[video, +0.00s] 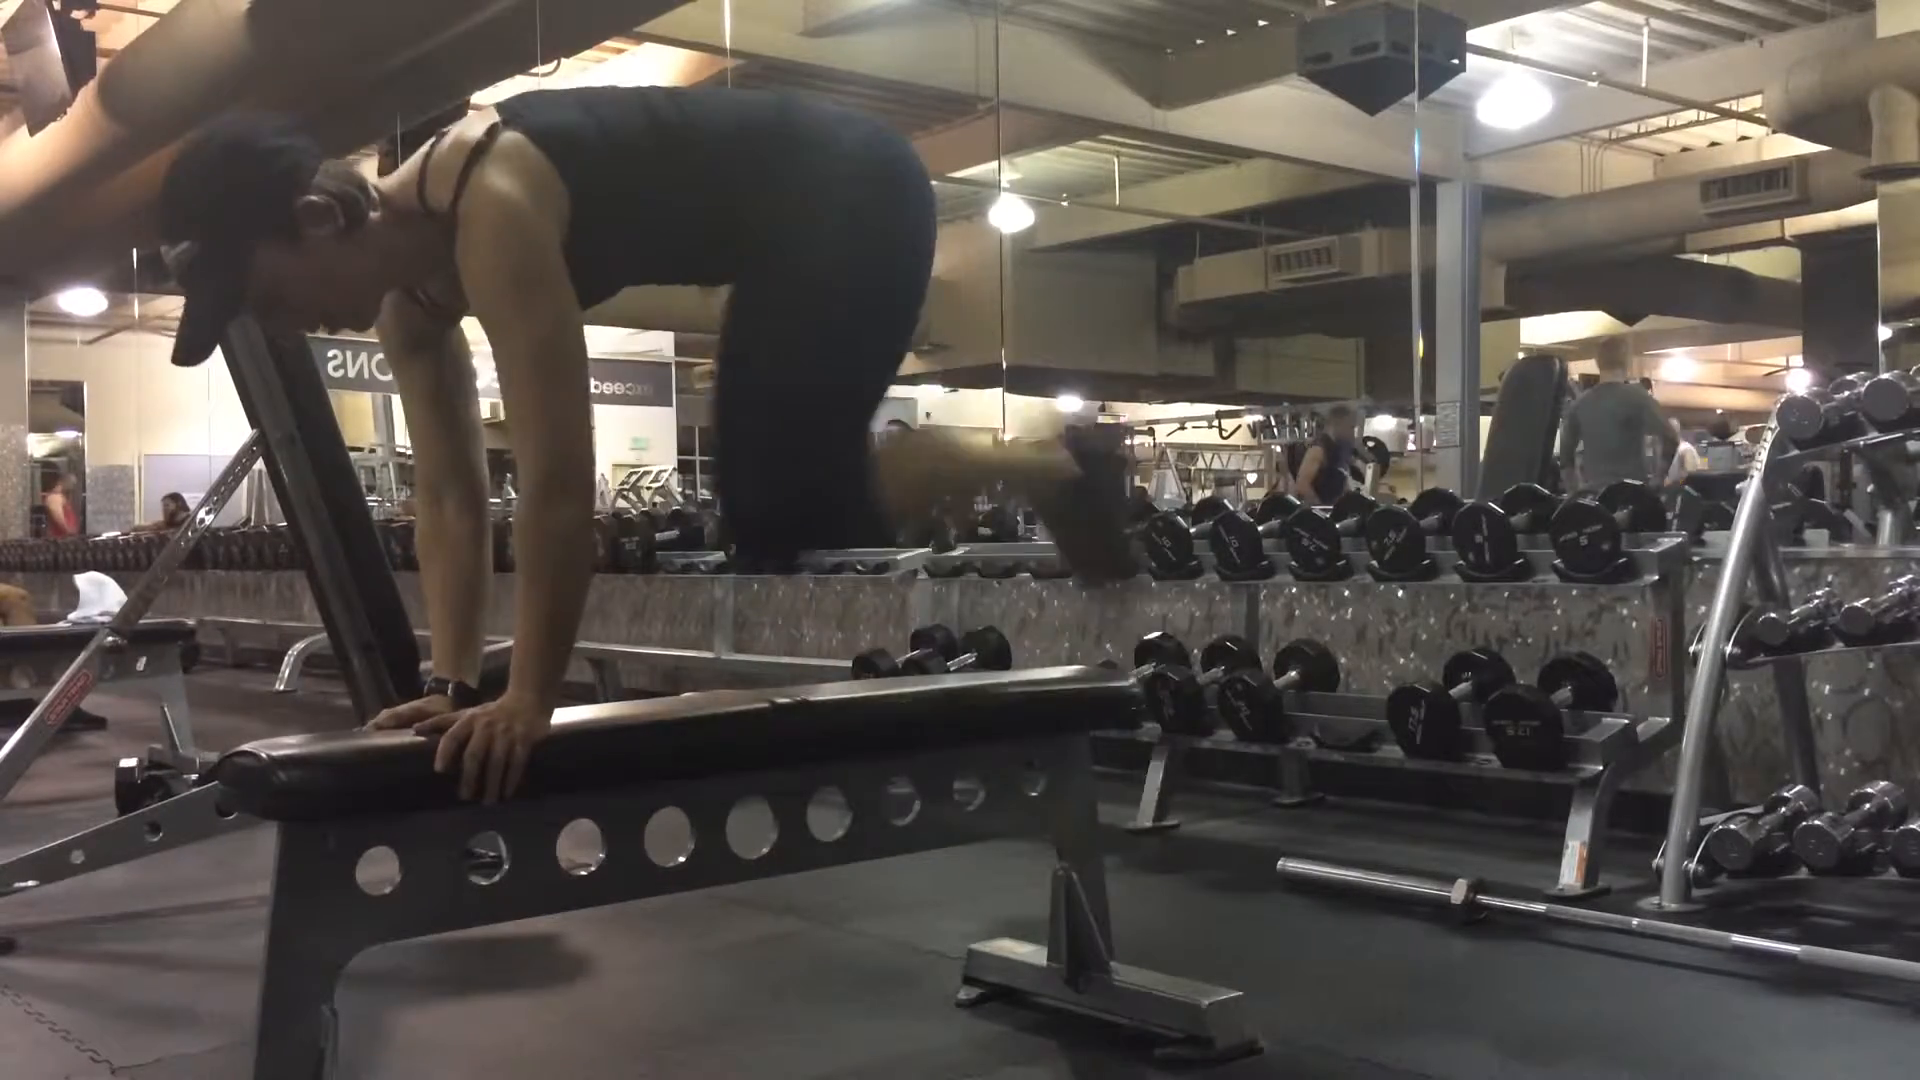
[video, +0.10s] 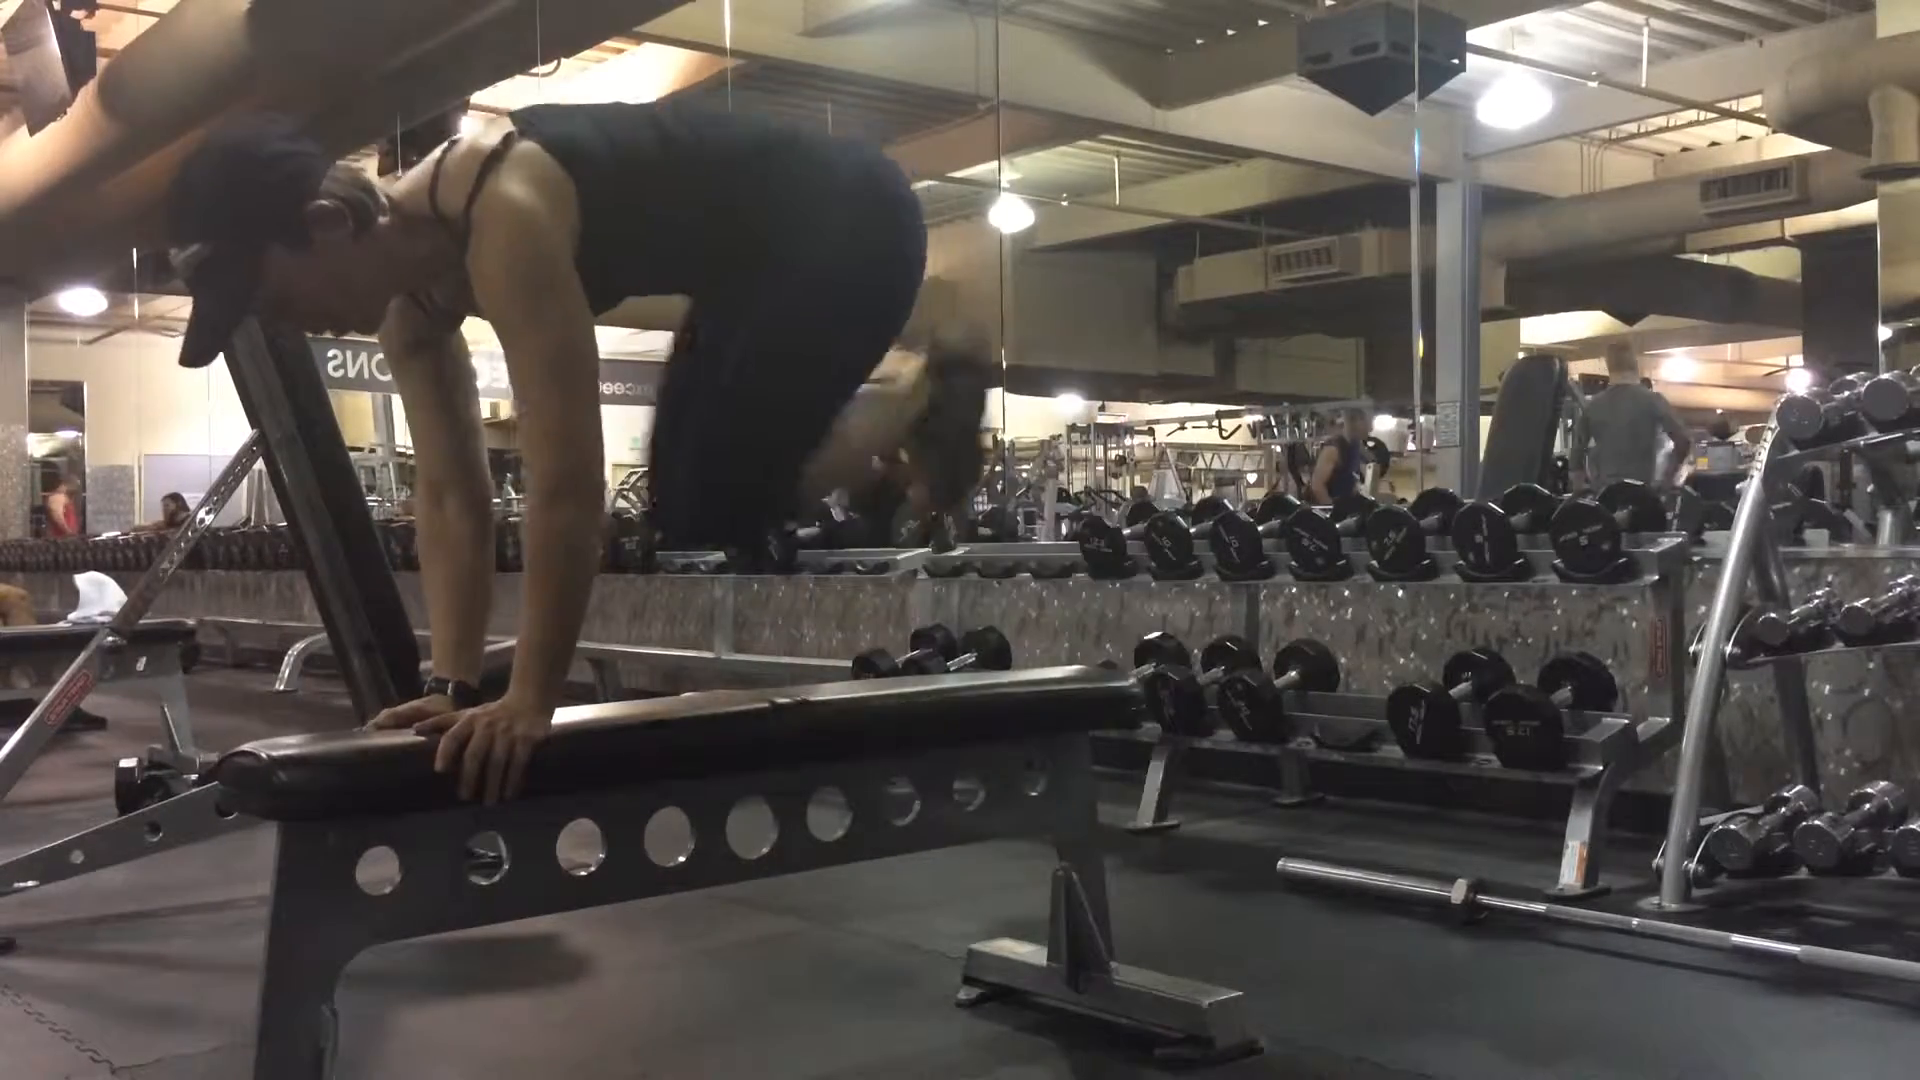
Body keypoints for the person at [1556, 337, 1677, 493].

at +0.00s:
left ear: (1598, 363)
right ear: (1627, 362)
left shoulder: (1582, 403)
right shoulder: (1637, 397)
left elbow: (1566, 455)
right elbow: (1670, 438)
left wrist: (1573, 492)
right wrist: (1659, 478)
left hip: (1596, 489)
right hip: (1633, 487)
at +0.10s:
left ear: (1609, 368)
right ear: (1636, 366)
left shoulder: (1594, 405)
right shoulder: (1652, 400)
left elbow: (1577, 455)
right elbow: (1683, 441)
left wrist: (1580, 488)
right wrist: (1668, 478)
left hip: (1606, 492)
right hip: (1643, 490)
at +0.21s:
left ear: (1618, 377)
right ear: (1645, 373)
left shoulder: (1608, 409)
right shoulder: (1662, 404)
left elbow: (1589, 458)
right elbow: (1688, 450)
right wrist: (1672, 484)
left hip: (1616, 492)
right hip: (1652, 492)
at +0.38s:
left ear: (1641, 374)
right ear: (1662, 371)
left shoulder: (1630, 409)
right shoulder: (1681, 403)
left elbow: (1616, 449)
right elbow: (1696, 438)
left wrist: (1625, 480)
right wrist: (1701, 464)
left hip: (1641, 487)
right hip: (1673, 484)